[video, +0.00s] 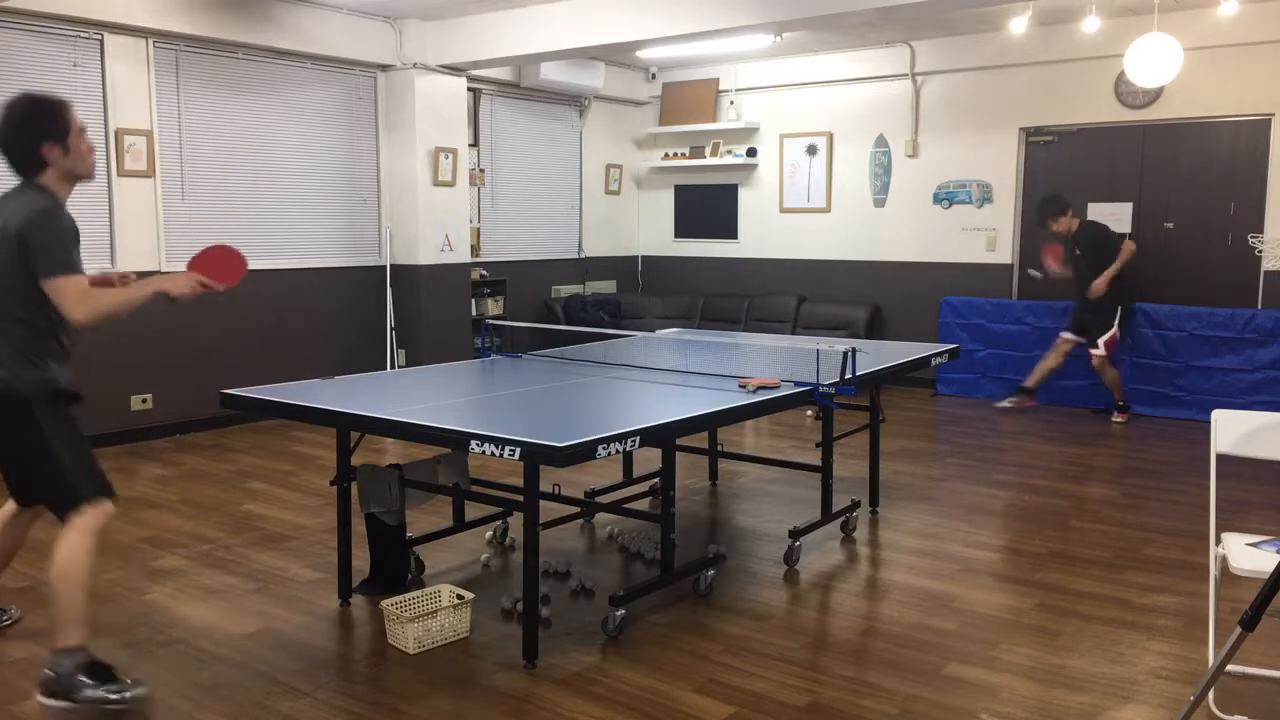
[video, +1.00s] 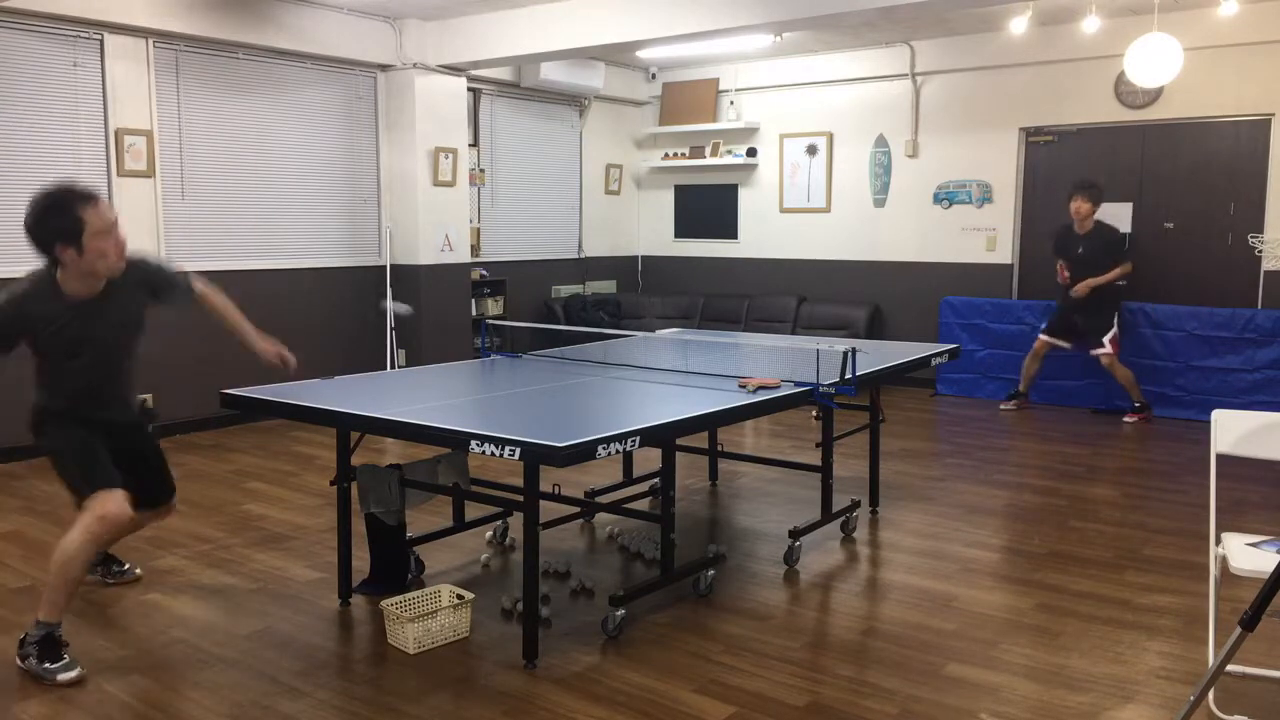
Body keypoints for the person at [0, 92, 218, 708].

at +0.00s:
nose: (92, 143)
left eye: (86, 132)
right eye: (81, 135)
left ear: (41, 153)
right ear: (52, 152)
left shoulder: (17, 208)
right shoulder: (45, 217)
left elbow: (32, 293)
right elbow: (79, 308)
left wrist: (98, 283)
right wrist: (160, 287)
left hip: (10, 388)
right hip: (30, 392)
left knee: (29, 500)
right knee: (90, 505)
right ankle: (69, 663)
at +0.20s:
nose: (123, 155)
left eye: (117, 144)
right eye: (112, 147)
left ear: (77, 163)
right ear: (83, 162)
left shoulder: (63, 216)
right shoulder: (53, 221)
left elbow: (53, 312)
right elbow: (69, 322)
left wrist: (109, 323)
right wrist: (153, 302)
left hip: (28, 388)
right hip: (8, 395)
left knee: (69, 473)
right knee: (41, 519)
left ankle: (29, 569)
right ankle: (2, 659)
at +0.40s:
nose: (140, 210)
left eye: (136, 200)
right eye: (130, 202)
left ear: (98, 217)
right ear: (98, 217)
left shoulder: (84, 267)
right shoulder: (56, 275)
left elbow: (80, 340)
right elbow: (60, 380)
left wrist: (147, 361)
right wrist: (144, 367)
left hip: (37, 411)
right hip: (6, 420)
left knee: (107, 483)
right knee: (70, 525)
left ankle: (70, 573)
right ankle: (0, 660)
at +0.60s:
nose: (137, 233)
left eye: (132, 221)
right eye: (125, 226)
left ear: (95, 241)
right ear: (89, 243)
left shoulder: (120, 278)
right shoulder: (34, 305)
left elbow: (124, 331)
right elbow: (14, 404)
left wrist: (153, 367)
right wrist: (81, 453)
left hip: (70, 409)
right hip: (19, 417)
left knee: (135, 477)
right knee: (84, 490)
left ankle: (80, 561)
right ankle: (42, 635)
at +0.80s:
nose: (122, 267)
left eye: (117, 254)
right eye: (108, 262)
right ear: (71, 279)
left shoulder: (125, 306)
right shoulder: (18, 331)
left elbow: (164, 358)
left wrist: (180, 385)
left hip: (90, 424)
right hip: (25, 431)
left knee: (158, 504)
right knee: (84, 504)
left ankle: (88, 550)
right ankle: (39, 637)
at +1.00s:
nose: (121, 240)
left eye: (117, 228)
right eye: (107, 235)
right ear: (67, 253)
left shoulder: (136, 276)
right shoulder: (27, 305)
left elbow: (202, 292)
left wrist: (257, 340)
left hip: (121, 416)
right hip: (63, 420)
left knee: (158, 503)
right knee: (108, 508)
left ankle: (92, 550)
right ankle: (42, 636)